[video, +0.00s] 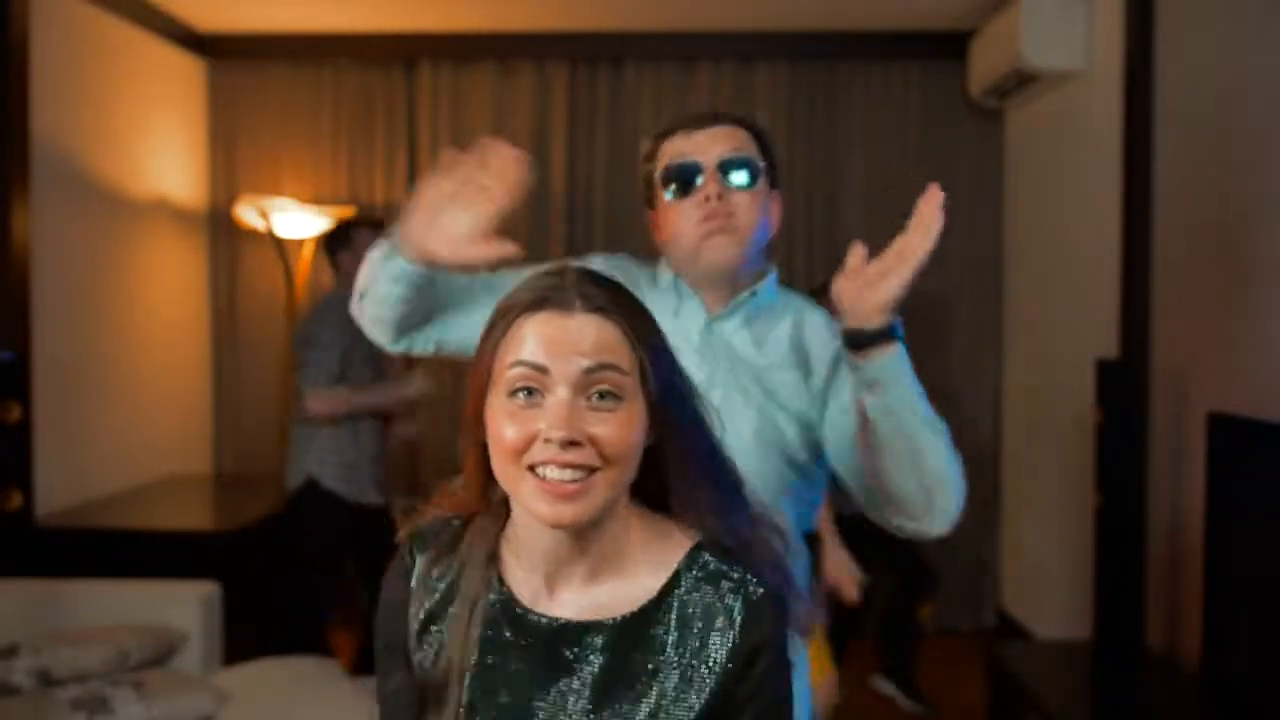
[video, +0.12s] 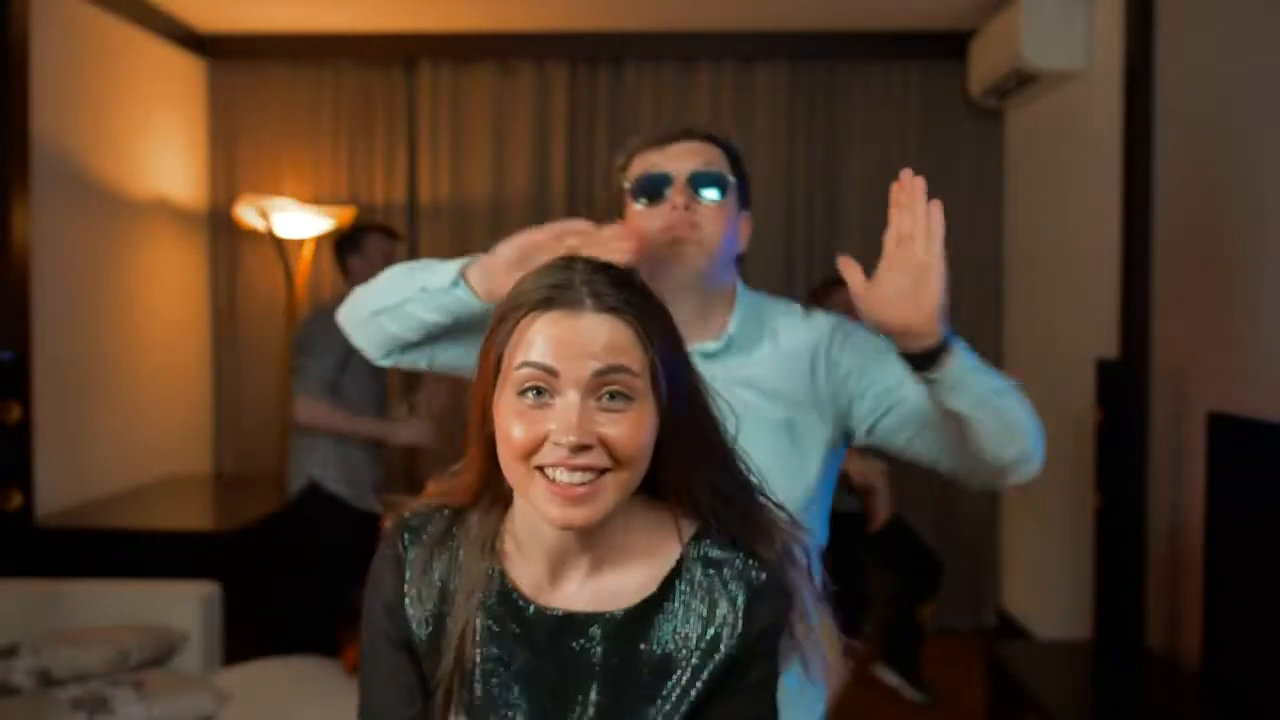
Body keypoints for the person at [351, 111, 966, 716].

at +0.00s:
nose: (712, 193)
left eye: (737, 174)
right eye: (684, 180)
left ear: (774, 210)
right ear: (653, 220)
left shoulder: (812, 337)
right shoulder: (606, 293)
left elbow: (927, 511)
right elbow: (396, 321)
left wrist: (872, 341)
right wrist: (413, 256)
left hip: (765, 622)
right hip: (602, 615)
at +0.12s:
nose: (677, 200)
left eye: (705, 186)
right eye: (650, 188)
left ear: (742, 228)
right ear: (619, 230)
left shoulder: (821, 346)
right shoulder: (579, 335)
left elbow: (1012, 457)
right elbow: (366, 325)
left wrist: (929, 349)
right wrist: (489, 278)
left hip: (767, 677)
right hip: (597, 674)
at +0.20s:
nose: (657, 187)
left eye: (685, 171)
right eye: (632, 173)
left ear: (724, 214)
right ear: (600, 219)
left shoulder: (817, 315)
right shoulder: (565, 313)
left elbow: (1037, 387)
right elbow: (359, 315)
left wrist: (986, 347)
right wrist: (511, 287)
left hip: (767, 677)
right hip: (586, 672)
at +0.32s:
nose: (633, 187)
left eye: (663, 172)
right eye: (609, 173)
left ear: (705, 212)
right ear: (581, 208)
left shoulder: (778, 283)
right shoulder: (551, 306)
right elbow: (365, 285)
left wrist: (1054, 307)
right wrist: (550, 309)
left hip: (778, 646)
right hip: (580, 654)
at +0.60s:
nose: (636, 228)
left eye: (661, 209)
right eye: (607, 213)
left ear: (699, 234)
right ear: (578, 245)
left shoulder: (769, 296)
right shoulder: (566, 326)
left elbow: (961, 226)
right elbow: (410, 346)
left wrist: (996, 333)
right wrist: (635, 324)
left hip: (791, 645)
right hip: (628, 647)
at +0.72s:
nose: (643, 247)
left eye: (668, 229)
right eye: (617, 232)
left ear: (705, 259)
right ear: (588, 263)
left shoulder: (780, 338)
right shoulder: (565, 364)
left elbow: (989, 346)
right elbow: (413, 418)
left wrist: (911, 394)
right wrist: (597, 357)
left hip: (788, 684)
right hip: (620, 685)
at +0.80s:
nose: (651, 249)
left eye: (675, 231)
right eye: (624, 237)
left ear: (712, 262)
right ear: (594, 273)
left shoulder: (780, 362)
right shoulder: (569, 384)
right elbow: (400, 465)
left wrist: (843, 401)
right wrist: (562, 381)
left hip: (793, 688)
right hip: (625, 692)